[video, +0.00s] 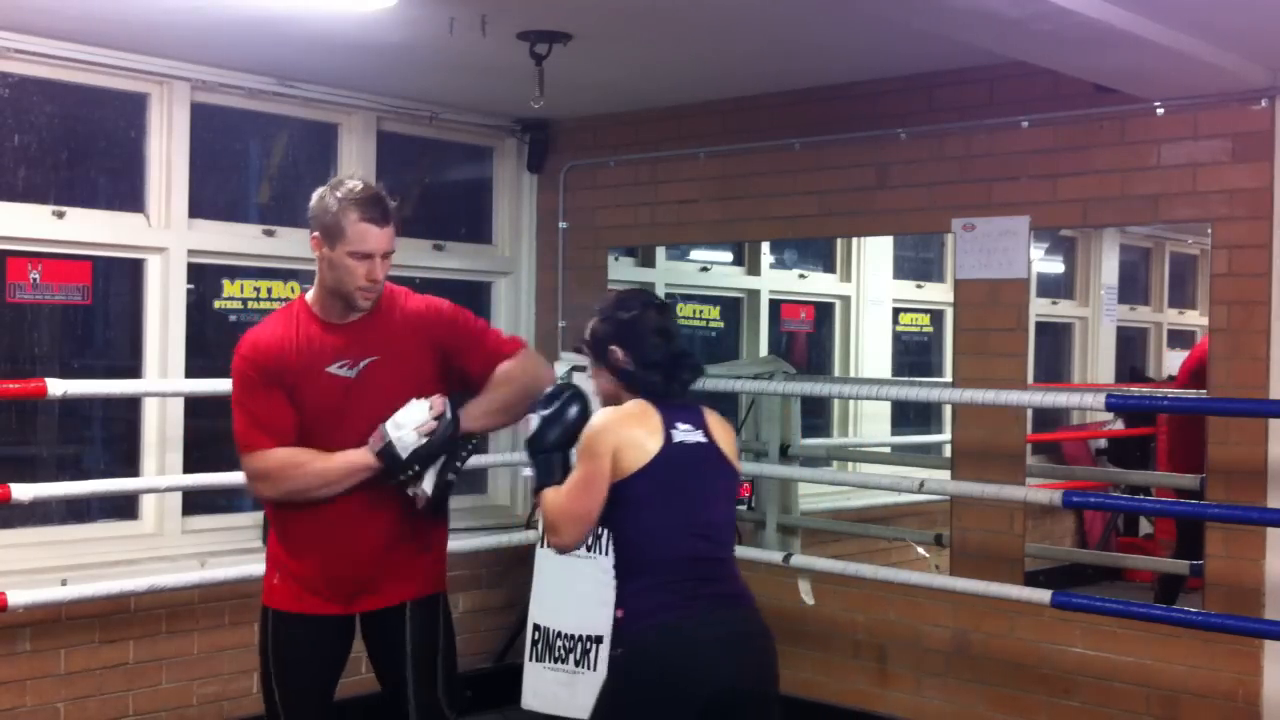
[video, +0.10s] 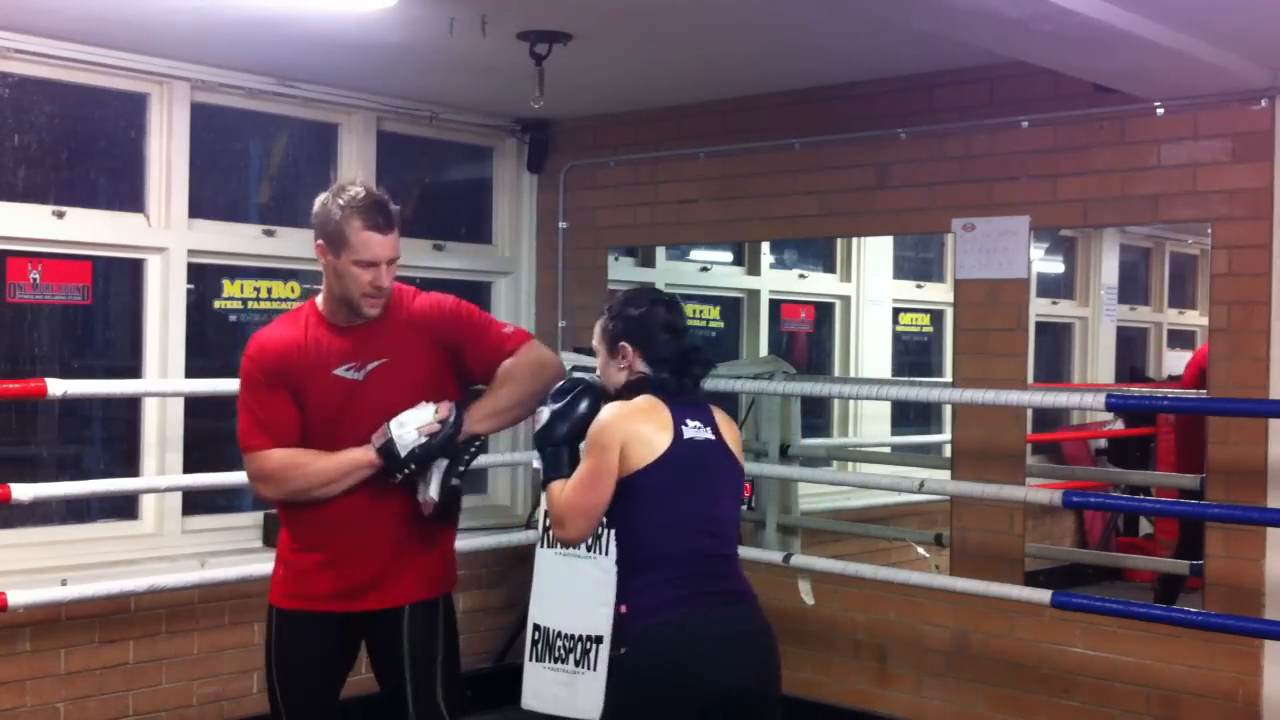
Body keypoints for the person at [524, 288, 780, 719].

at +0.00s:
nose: (591, 376)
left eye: (593, 364)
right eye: (589, 365)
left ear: (618, 360)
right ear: (667, 353)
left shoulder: (611, 425)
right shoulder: (720, 427)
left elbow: (563, 533)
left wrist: (545, 457)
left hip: (657, 652)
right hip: (741, 644)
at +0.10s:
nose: (596, 368)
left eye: (598, 355)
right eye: (594, 355)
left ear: (627, 356)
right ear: (675, 351)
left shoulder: (618, 419)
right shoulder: (724, 423)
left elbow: (569, 525)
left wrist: (553, 451)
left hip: (658, 644)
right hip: (742, 636)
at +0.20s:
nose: (598, 369)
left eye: (600, 356)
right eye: (596, 356)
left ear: (629, 355)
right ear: (675, 351)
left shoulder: (619, 419)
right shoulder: (724, 423)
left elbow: (566, 524)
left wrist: (552, 447)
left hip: (663, 646)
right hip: (744, 637)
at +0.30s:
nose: (604, 383)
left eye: (605, 369)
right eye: (600, 370)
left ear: (634, 365)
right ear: (682, 361)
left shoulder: (631, 432)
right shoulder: (728, 432)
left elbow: (585, 539)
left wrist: (565, 461)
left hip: (684, 668)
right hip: (760, 661)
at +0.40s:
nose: (611, 404)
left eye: (613, 390)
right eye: (610, 391)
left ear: (643, 389)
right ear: (688, 383)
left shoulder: (629, 461)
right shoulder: (740, 453)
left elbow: (604, 577)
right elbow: (760, 566)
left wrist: (579, 507)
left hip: (681, 679)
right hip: (768, 675)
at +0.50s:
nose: (614, 426)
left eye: (617, 414)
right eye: (613, 414)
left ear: (644, 415)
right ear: (690, 412)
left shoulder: (609, 490)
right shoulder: (745, 487)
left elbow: (571, 595)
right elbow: (807, 596)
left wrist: (569, 510)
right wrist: (744, 612)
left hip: (654, 697)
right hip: (749, 697)